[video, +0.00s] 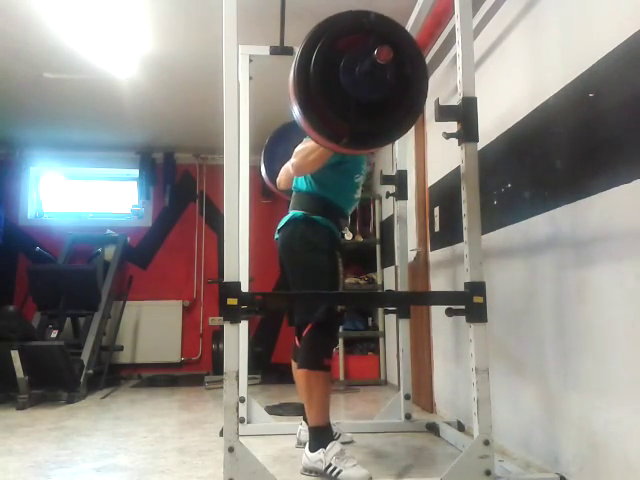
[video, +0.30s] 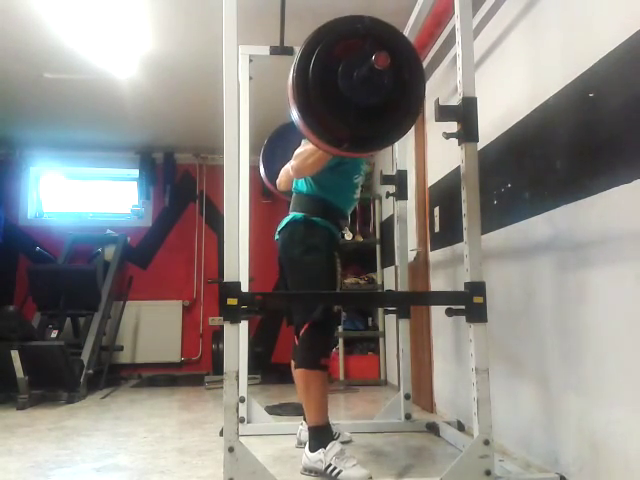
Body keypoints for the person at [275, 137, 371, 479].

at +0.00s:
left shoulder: (348, 136)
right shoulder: (333, 131)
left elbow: (282, 180)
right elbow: (295, 167)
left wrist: (297, 166)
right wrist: (336, 140)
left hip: (311, 232)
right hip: (308, 231)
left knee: (309, 334)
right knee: (320, 332)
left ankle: (314, 430)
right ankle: (320, 446)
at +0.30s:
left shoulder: (347, 137)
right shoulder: (327, 132)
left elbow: (283, 181)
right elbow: (293, 173)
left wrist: (295, 164)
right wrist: (334, 144)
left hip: (316, 234)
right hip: (307, 232)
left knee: (312, 335)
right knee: (316, 334)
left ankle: (315, 429)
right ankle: (320, 445)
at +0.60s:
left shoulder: (350, 139)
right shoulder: (334, 133)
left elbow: (285, 183)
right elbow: (296, 170)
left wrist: (298, 167)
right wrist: (338, 140)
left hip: (319, 232)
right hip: (309, 231)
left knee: (316, 331)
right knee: (316, 331)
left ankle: (315, 429)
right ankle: (319, 446)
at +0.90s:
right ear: (356, 108)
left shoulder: (347, 142)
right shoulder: (336, 135)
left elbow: (286, 184)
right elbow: (298, 166)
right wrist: (338, 133)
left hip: (315, 235)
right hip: (310, 234)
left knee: (312, 334)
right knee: (316, 333)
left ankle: (315, 429)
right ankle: (319, 446)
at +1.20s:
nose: (377, 134)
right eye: (374, 125)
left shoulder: (348, 144)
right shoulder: (334, 135)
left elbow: (288, 184)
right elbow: (297, 169)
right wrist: (336, 134)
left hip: (317, 234)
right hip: (311, 234)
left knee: (313, 334)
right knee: (318, 333)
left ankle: (315, 430)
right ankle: (320, 446)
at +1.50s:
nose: (373, 135)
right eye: (368, 126)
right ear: (351, 114)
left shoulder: (345, 144)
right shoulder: (330, 134)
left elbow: (289, 186)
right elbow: (296, 170)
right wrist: (333, 134)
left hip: (317, 234)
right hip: (310, 233)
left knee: (314, 333)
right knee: (316, 332)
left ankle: (315, 429)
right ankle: (319, 446)